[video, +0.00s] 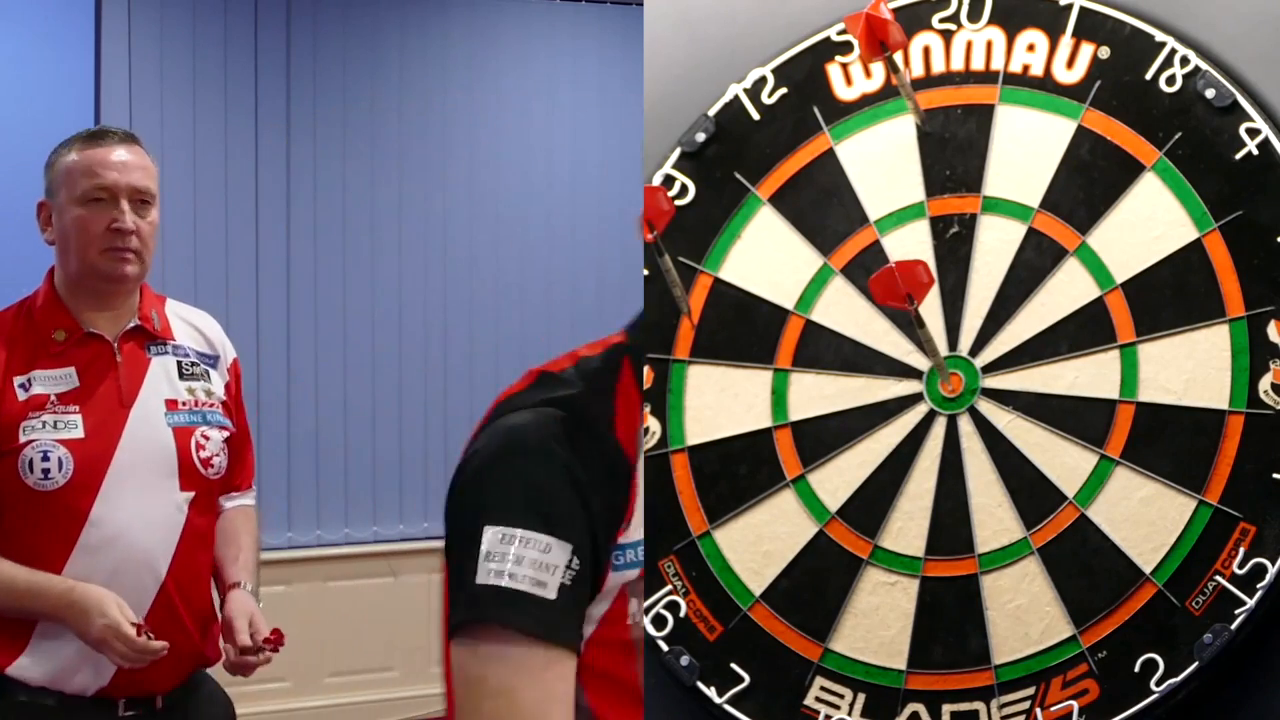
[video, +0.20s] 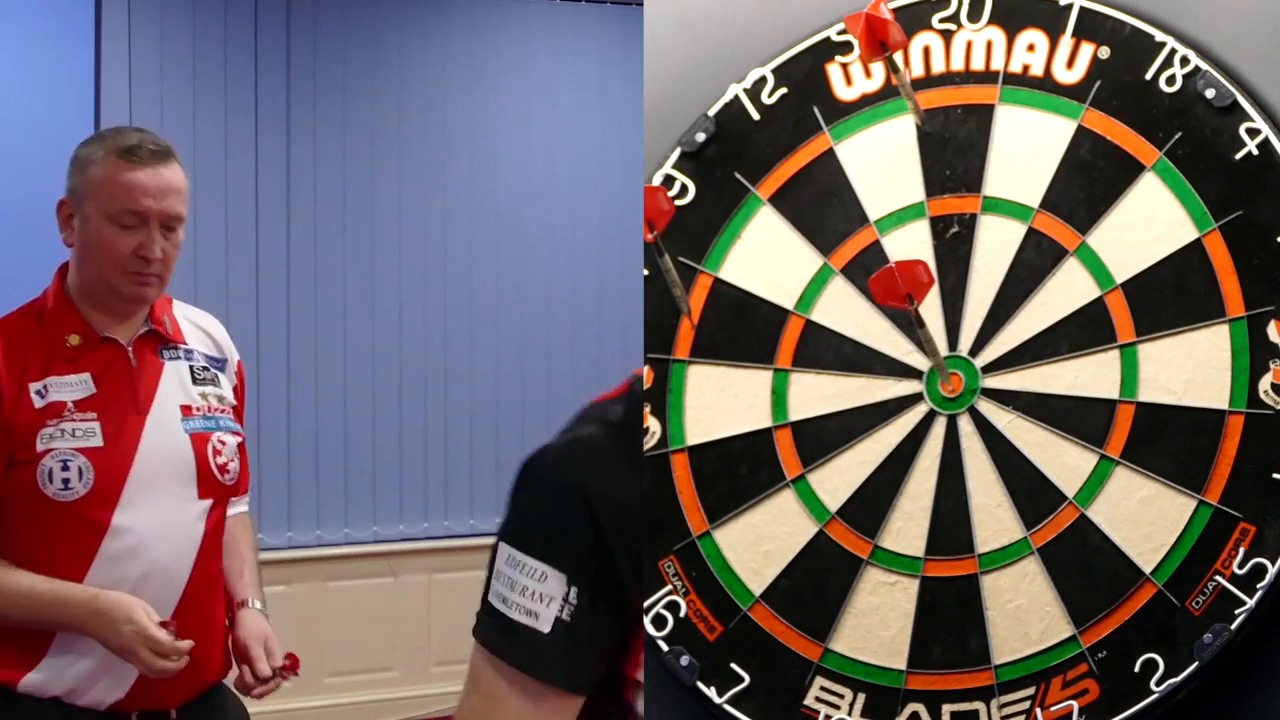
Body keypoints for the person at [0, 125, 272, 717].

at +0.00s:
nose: (127, 222)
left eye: (142, 203)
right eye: (99, 200)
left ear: (158, 219)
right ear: (48, 222)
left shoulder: (206, 345)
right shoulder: (8, 349)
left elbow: (233, 492)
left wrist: (238, 589)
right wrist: (67, 600)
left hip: (182, 695)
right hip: (38, 697)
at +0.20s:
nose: (153, 249)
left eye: (170, 227)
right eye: (128, 224)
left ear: (185, 231)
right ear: (69, 222)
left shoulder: (211, 346)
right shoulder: (9, 357)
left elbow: (230, 499)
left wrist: (247, 605)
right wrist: (90, 610)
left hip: (199, 697)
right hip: (47, 699)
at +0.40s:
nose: (204, 284)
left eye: (222, 259)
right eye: (181, 257)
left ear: (236, 250)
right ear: (116, 240)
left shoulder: (239, 357)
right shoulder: (33, 375)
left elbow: (247, 517)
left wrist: (275, 628)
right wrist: (135, 629)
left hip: (220, 706)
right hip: (75, 708)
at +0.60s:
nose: (266, 284)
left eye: (283, 259)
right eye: (243, 257)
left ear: (296, 250)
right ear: (176, 238)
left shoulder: (284, 355)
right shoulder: (92, 370)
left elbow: (284, 533)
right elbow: (21, 571)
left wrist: (322, 643)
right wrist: (199, 637)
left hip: (278, 702)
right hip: (139, 708)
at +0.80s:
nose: (305, 239)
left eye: (319, 214)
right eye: (276, 213)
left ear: (331, 221)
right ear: (209, 224)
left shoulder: (309, 346)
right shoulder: (140, 362)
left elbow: (316, 532)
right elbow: (75, 572)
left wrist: (362, 652)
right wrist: (263, 630)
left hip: (311, 704)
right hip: (184, 708)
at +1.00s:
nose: (321, 212)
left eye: (333, 190)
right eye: (290, 189)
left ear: (346, 204)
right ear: (225, 216)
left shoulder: (313, 340)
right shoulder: (186, 346)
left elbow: (323, 541)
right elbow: (126, 568)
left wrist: (388, 667)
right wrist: (330, 630)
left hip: (339, 702)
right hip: (228, 704)